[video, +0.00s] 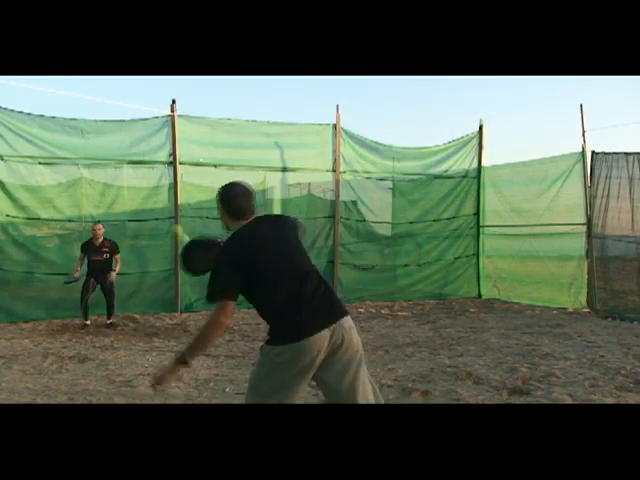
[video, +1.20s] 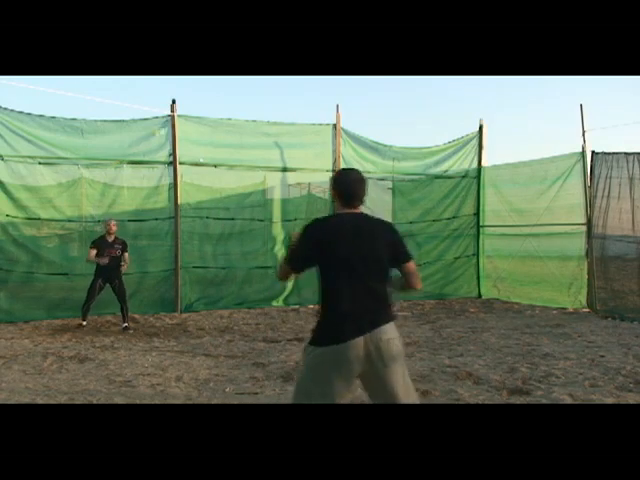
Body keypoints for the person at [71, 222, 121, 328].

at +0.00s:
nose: (97, 232)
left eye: (99, 229)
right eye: (94, 230)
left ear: (103, 230)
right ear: (92, 231)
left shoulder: (111, 245)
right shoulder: (86, 245)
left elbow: (118, 260)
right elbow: (81, 258)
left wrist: (115, 271)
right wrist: (77, 270)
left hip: (106, 275)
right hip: (92, 275)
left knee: (110, 298)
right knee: (84, 297)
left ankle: (109, 320)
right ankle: (86, 321)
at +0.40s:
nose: (100, 228)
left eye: (102, 225)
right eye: (97, 225)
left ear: (106, 227)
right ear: (94, 228)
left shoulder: (113, 242)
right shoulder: (89, 242)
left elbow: (118, 258)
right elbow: (80, 258)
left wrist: (115, 269)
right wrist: (80, 258)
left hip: (109, 274)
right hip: (94, 275)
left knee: (117, 299)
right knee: (90, 300)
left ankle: (122, 320)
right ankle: (89, 323)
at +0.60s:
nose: (105, 227)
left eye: (107, 224)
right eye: (103, 225)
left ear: (111, 226)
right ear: (100, 227)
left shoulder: (120, 242)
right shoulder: (95, 242)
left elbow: (125, 257)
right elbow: (85, 256)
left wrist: (125, 268)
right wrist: (86, 241)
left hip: (117, 274)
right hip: (102, 275)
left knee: (123, 299)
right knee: (94, 299)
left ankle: (125, 322)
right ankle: (90, 323)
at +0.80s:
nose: (109, 225)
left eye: (111, 223)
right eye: (107, 223)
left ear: (115, 225)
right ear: (104, 226)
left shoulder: (123, 240)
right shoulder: (101, 239)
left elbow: (130, 254)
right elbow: (94, 242)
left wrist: (133, 263)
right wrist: (92, 230)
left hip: (119, 273)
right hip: (105, 273)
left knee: (123, 298)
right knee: (96, 298)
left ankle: (125, 323)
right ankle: (92, 322)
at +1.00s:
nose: (112, 225)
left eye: (115, 223)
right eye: (110, 223)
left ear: (118, 225)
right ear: (107, 226)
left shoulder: (124, 240)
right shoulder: (101, 239)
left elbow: (129, 254)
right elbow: (100, 243)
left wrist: (131, 262)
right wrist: (101, 231)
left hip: (119, 273)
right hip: (104, 272)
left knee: (123, 298)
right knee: (96, 298)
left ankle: (126, 323)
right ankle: (91, 322)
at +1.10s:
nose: (112, 235)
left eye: (114, 232)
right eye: (110, 233)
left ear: (117, 231)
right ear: (106, 231)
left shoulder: (123, 241)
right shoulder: (100, 240)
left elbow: (128, 254)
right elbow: (95, 252)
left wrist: (129, 262)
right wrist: (102, 246)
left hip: (118, 273)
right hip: (103, 273)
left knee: (123, 299)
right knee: (94, 298)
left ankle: (126, 323)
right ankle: (88, 322)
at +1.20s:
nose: (111, 228)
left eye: (113, 225)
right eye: (109, 225)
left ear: (116, 228)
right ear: (105, 227)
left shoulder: (122, 243)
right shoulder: (98, 242)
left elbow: (126, 258)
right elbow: (90, 257)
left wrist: (125, 264)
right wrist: (99, 260)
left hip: (115, 273)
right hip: (101, 274)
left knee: (122, 299)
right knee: (90, 297)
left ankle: (125, 323)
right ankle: (83, 321)